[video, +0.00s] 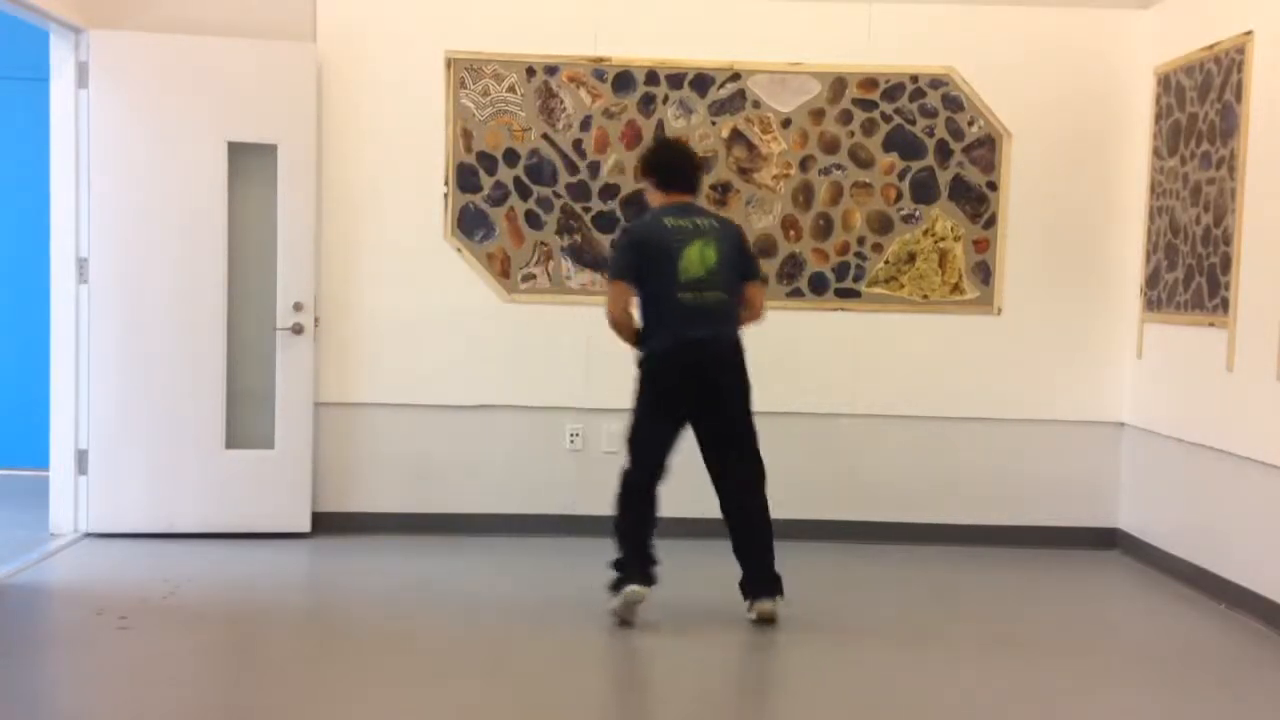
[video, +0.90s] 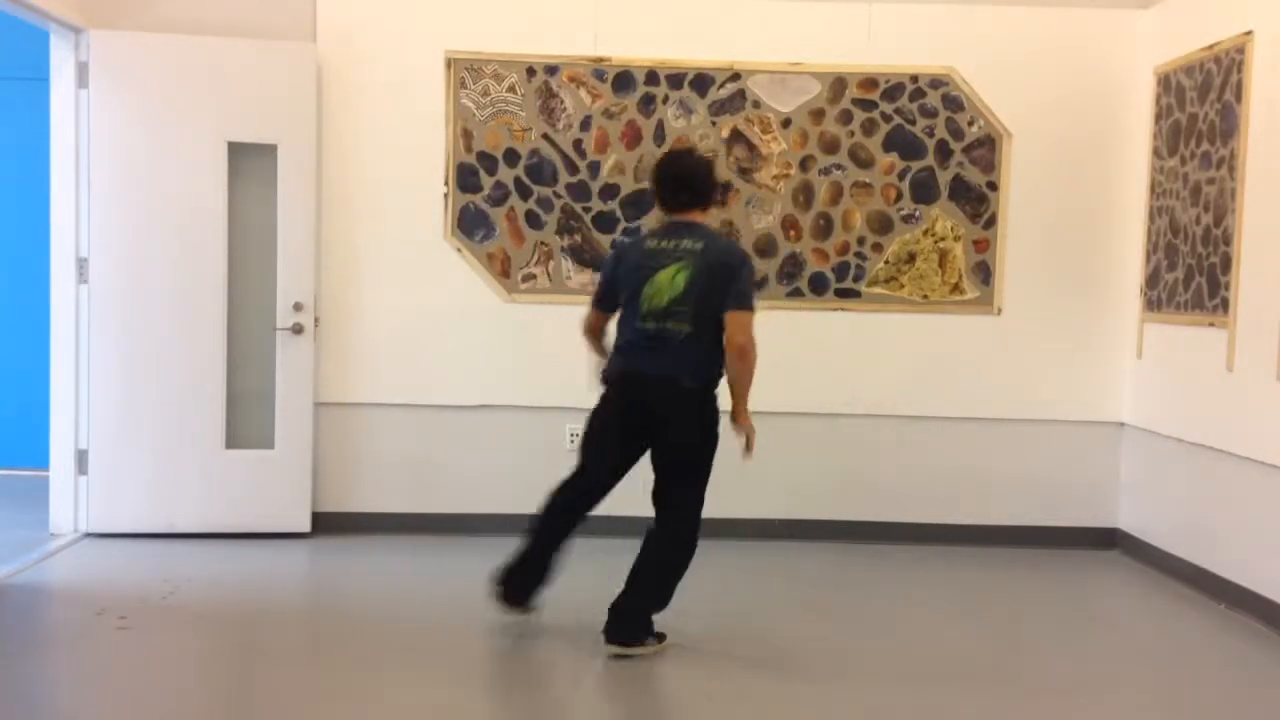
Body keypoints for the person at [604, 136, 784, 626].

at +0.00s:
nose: (643, 189)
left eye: (643, 182)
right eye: (646, 182)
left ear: (650, 183)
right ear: (695, 181)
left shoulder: (638, 234)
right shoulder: (727, 229)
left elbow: (618, 314)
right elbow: (754, 306)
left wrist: (644, 342)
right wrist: (710, 322)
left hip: (666, 368)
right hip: (723, 366)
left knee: (642, 472)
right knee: (740, 473)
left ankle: (635, 575)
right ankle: (762, 588)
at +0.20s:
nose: (692, 211)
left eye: (691, 203)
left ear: (689, 206)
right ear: (737, 205)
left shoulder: (667, 260)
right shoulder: (759, 257)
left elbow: (659, 335)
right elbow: (788, 329)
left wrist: (700, 320)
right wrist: (744, 320)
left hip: (693, 393)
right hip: (753, 392)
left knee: (680, 486)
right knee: (763, 493)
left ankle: (667, 581)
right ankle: (768, 604)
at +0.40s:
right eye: (758, 177)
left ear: (704, 177)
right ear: (754, 181)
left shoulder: (674, 232)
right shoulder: (766, 231)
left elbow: (648, 312)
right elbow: (785, 310)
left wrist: (661, 364)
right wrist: (780, 366)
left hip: (686, 365)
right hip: (744, 365)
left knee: (703, 476)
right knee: (753, 476)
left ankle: (719, 579)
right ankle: (731, 589)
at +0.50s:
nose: (759, 201)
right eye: (758, 194)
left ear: (707, 195)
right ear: (755, 199)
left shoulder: (674, 248)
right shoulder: (758, 250)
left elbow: (628, 314)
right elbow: (776, 333)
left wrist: (599, 372)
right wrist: (799, 399)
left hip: (684, 390)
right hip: (738, 389)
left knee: (721, 493)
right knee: (761, 497)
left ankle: (724, 599)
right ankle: (697, 581)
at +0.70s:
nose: (750, 176)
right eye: (749, 168)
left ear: (692, 170)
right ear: (743, 173)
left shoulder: (662, 216)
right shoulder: (755, 225)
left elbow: (600, 264)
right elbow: (765, 299)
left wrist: (546, 299)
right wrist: (765, 375)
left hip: (656, 360)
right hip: (712, 365)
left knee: (671, 473)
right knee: (696, 483)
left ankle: (689, 576)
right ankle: (653, 600)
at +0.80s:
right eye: (730, 175)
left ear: (675, 179)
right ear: (728, 180)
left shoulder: (651, 225)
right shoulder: (747, 238)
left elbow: (594, 283)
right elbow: (754, 316)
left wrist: (556, 315)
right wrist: (747, 394)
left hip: (639, 380)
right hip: (700, 388)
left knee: (625, 481)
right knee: (681, 505)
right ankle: (637, 613)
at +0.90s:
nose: (717, 196)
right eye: (715, 189)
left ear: (659, 194)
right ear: (712, 196)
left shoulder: (632, 247)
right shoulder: (728, 257)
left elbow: (594, 325)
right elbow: (739, 344)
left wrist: (609, 363)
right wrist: (740, 407)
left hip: (626, 396)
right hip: (688, 405)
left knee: (583, 486)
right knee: (677, 522)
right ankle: (629, 626)